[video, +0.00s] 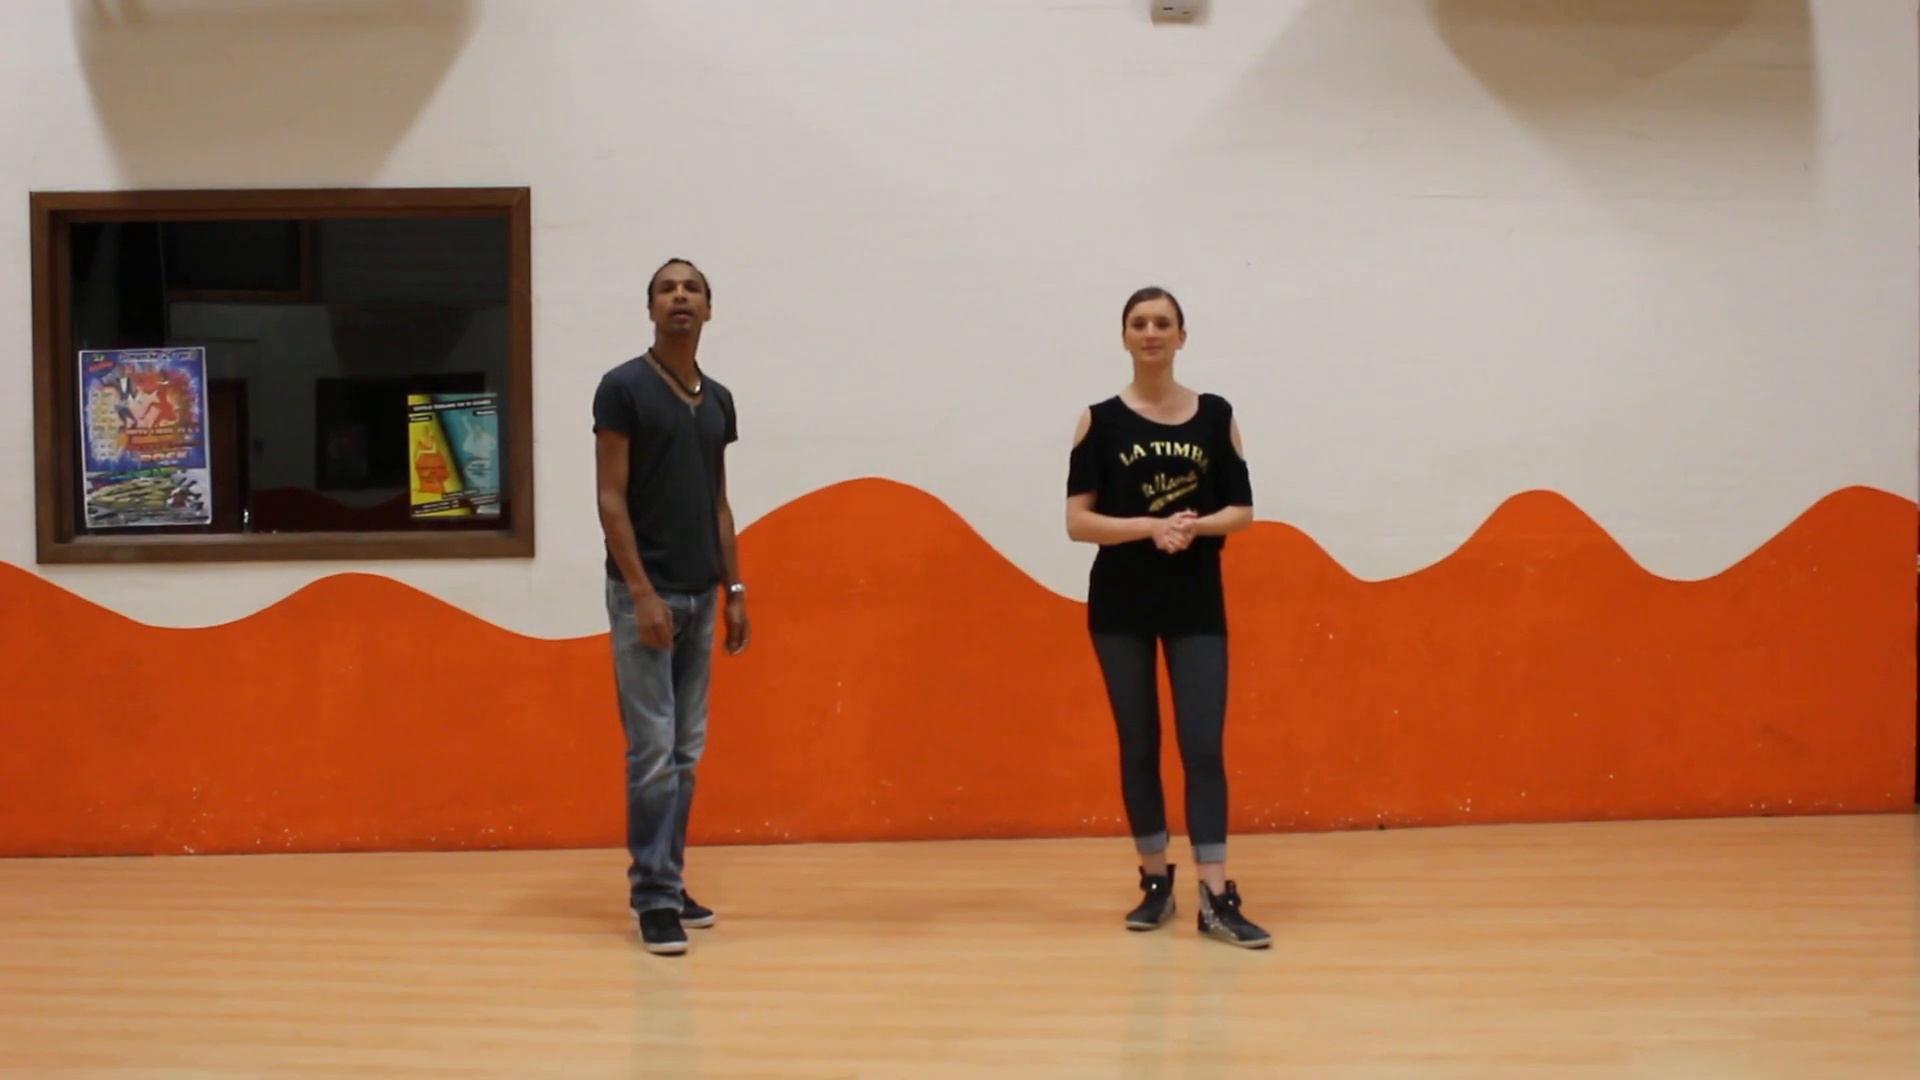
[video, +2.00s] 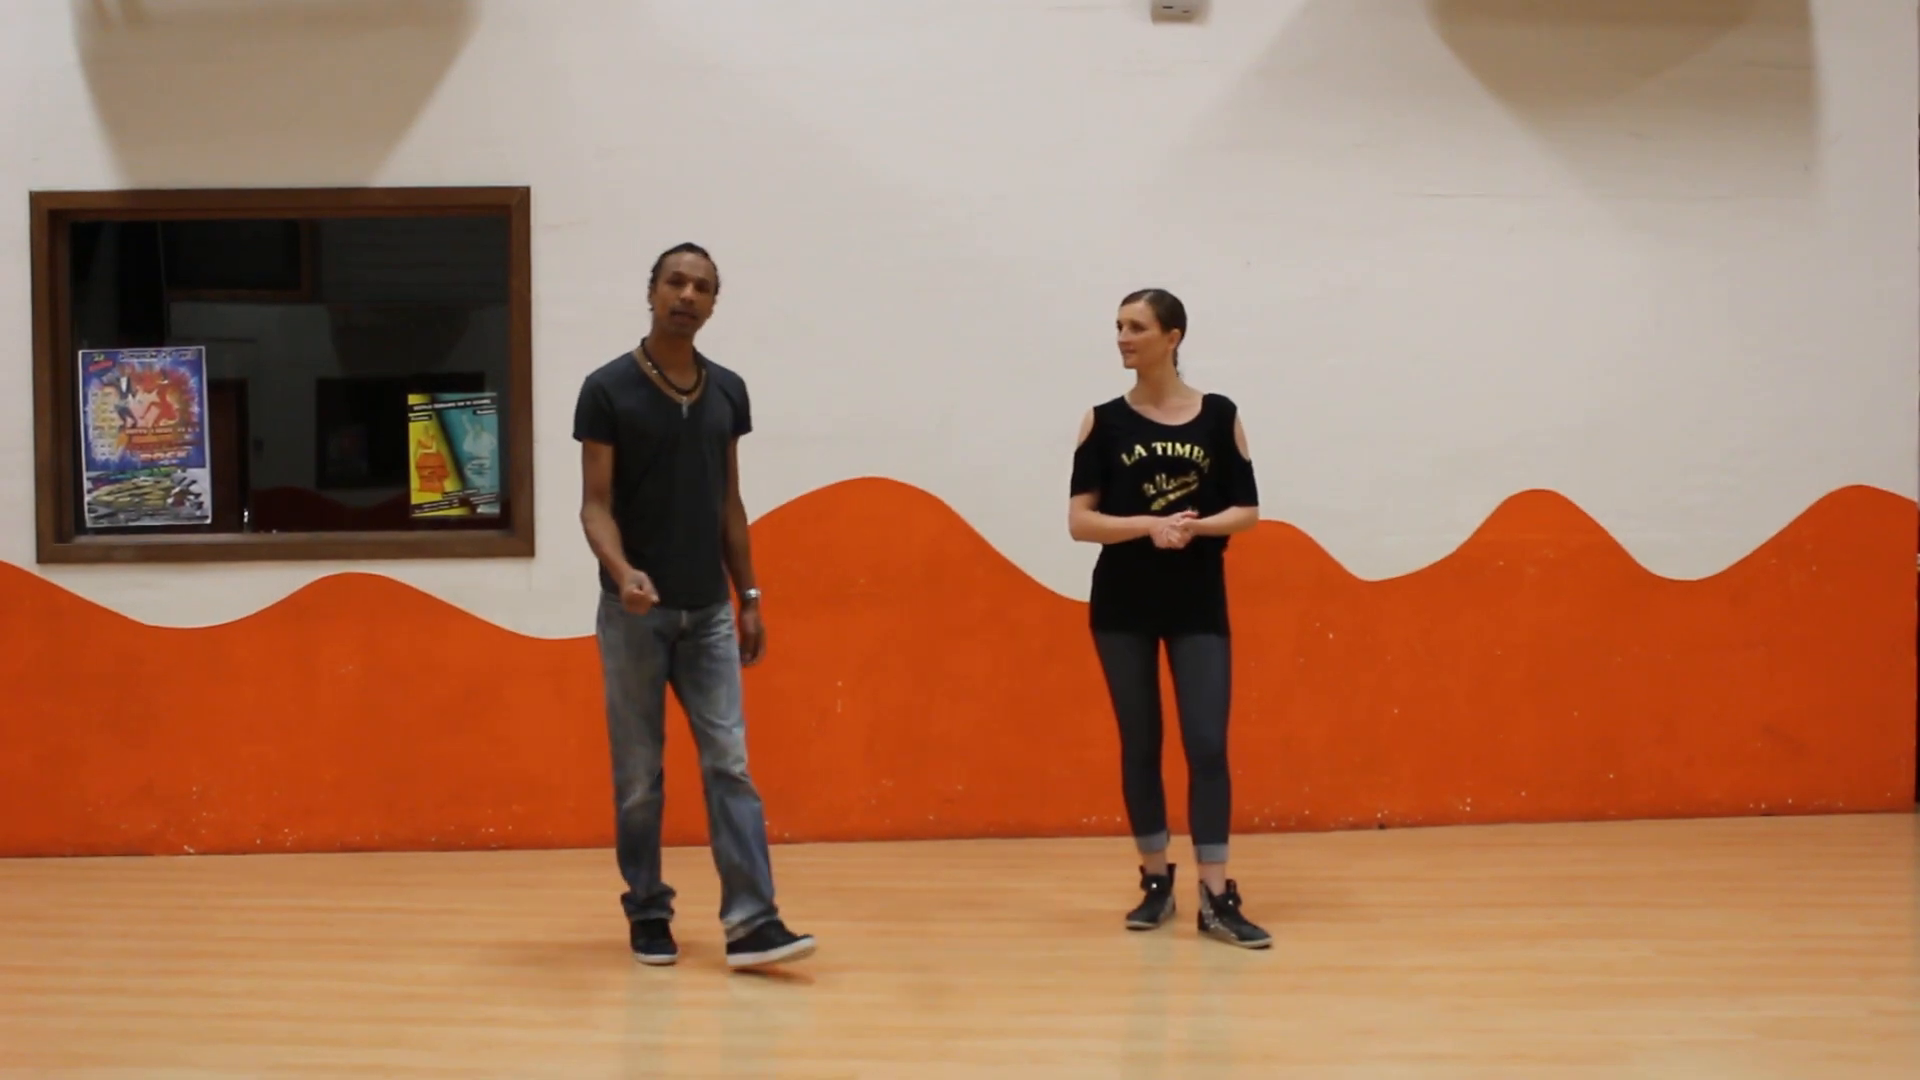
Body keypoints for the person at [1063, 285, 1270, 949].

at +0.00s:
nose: (1151, 334)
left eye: (1162, 324)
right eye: (1140, 324)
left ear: (1181, 337)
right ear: (1124, 336)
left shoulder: (1214, 414)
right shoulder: (1098, 421)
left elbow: (1241, 510)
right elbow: (1079, 521)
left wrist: (1199, 525)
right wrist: (1146, 526)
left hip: (1195, 601)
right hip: (1121, 602)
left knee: (1203, 747)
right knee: (1139, 745)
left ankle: (1216, 897)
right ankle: (1157, 884)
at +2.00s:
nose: (1123, 339)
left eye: (1136, 328)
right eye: (1120, 329)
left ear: (1172, 337)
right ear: (1121, 338)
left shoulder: (1218, 415)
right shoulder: (1102, 421)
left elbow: (1246, 511)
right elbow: (1081, 521)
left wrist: (1200, 525)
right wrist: (1144, 525)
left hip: (1197, 602)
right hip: (1122, 603)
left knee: (1207, 747)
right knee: (1141, 744)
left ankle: (1216, 896)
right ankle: (1157, 882)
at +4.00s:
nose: (1144, 336)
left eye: (1155, 326)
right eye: (1133, 326)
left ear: (1174, 337)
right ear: (1116, 338)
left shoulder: (1209, 413)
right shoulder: (1092, 425)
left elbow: (1243, 507)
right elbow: (1075, 525)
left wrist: (1196, 522)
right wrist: (1137, 522)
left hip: (1193, 603)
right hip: (1119, 605)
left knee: (1206, 747)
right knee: (1138, 746)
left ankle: (1216, 896)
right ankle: (1157, 883)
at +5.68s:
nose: (1137, 324)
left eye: (1150, 317)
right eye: (1140, 314)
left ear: (1186, 332)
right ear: (1171, 332)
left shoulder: (1198, 408)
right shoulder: (1160, 410)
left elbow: (1212, 508)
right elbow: (1170, 502)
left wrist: (1133, 522)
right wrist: (1124, 515)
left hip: (1212, 598)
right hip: (1172, 597)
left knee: (1216, 744)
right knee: (1171, 743)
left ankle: (1248, 884)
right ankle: (1167, 883)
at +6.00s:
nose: (1161, 331)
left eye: (1173, 323)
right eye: (1163, 321)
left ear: (1212, 332)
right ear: (1198, 332)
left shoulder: (1227, 408)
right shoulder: (1187, 408)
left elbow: (1241, 512)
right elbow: (1197, 502)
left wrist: (1159, 524)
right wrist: (1155, 521)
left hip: (1238, 602)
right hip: (1199, 599)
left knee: (1238, 745)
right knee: (1177, 745)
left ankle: (1252, 888)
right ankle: (1158, 888)